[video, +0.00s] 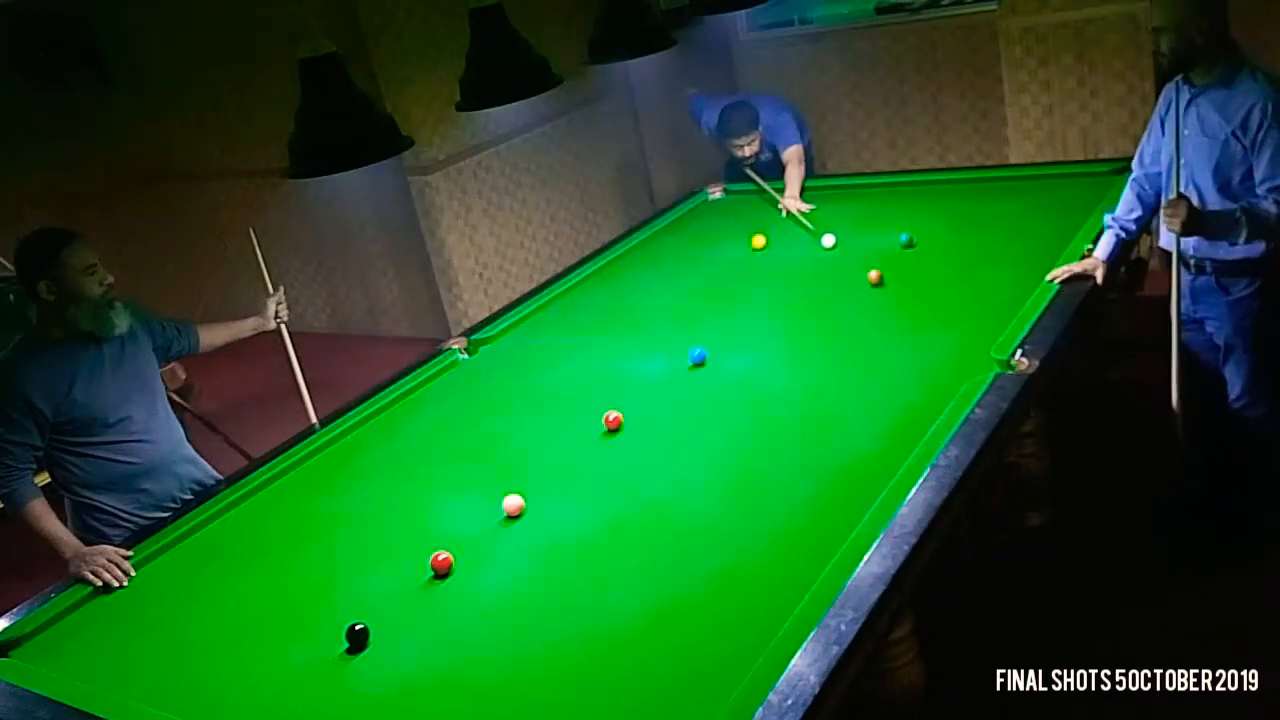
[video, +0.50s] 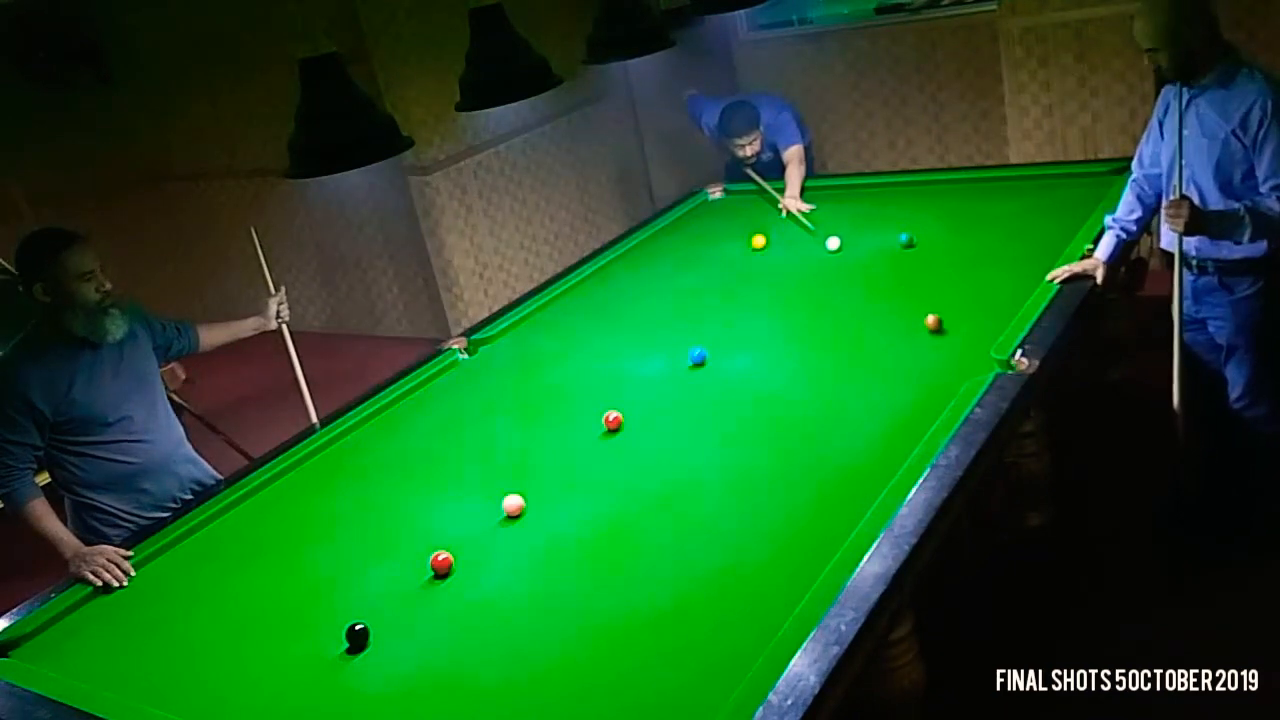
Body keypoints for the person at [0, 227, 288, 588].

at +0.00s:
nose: (109, 278)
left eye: (101, 267)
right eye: (90, 272)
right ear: (47, 291)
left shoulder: (130, 325)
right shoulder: (25, 373)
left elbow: (187, 337)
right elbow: (13, 477)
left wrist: (260, 321)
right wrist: (75, 552)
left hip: (206, 503)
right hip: (130, 544)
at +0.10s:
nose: (108, 280)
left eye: (101, 268)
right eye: (89, 273)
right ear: (47, 291)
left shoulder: (129, 324)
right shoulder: (25, 373)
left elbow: (187, 337)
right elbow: (13, 477)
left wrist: (260, 321)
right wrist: (75, 552)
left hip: (205, 502)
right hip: (129, 542)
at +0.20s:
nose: (107, 280)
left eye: (101, 268)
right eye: (88, 274)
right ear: (47, 291)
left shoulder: (131, 324)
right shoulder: (25, 373)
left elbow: (188, 337)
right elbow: (14, 478)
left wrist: (260, 321)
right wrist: (75, 552)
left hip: (204, 503)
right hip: (128, 543)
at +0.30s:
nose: (106, 283)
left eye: (101, 271)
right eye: (87, 276)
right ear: (45, 292)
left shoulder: (132, 326)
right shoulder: (25, 374)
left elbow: (188, 337)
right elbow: (14, 478)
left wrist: (260, 321)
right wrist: (75, 552)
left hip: (205, 504)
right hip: (129, 544)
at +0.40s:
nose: (105, 284)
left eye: (101, 272)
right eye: (87, 277)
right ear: (45, 292)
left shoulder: (133, 326)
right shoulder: (24, 373)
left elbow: (189, 337)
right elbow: (14, 478)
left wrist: (261, 321)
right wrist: (75, 552)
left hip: (205, 504)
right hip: (128, 544)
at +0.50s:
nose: (104, 285)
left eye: (100, 272)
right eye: (86, 278)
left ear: (104, 269)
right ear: (44, 293)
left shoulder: (132, 325)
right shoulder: (24, 372)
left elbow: (189, 337)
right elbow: (14, 477)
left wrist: (262, 321)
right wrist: (75, 552)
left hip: (205, 504)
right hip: (128, 544)